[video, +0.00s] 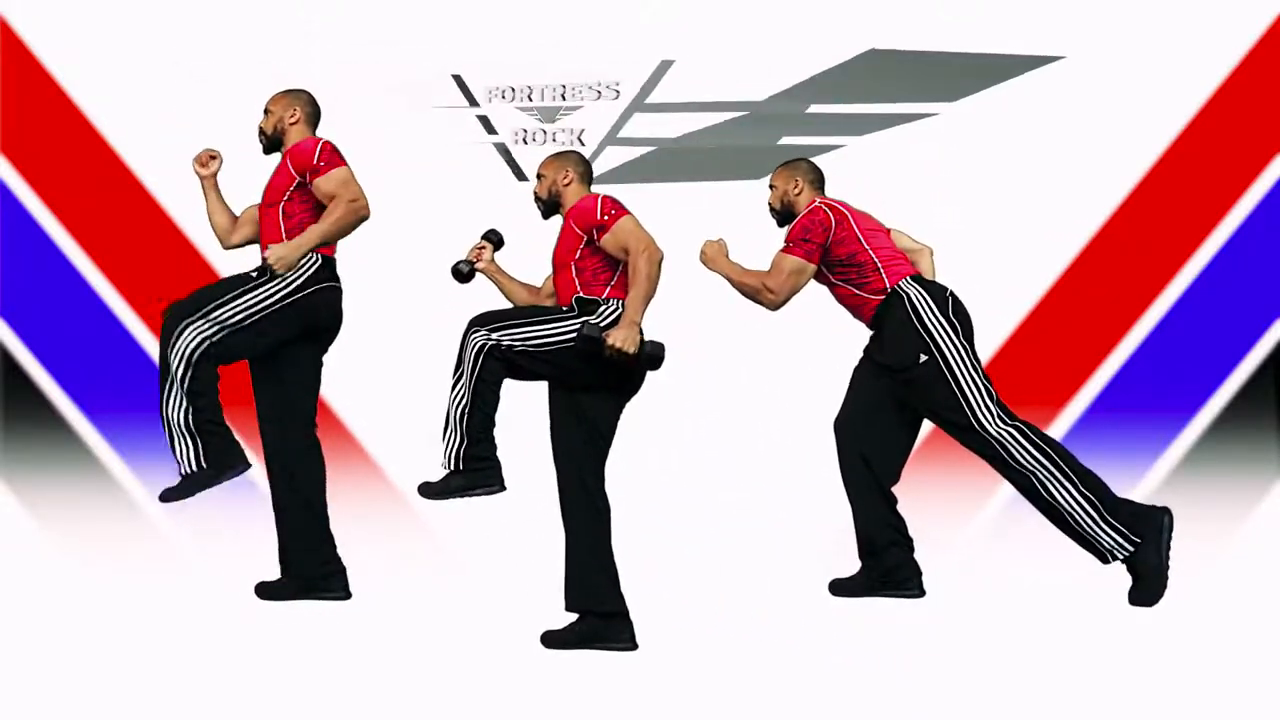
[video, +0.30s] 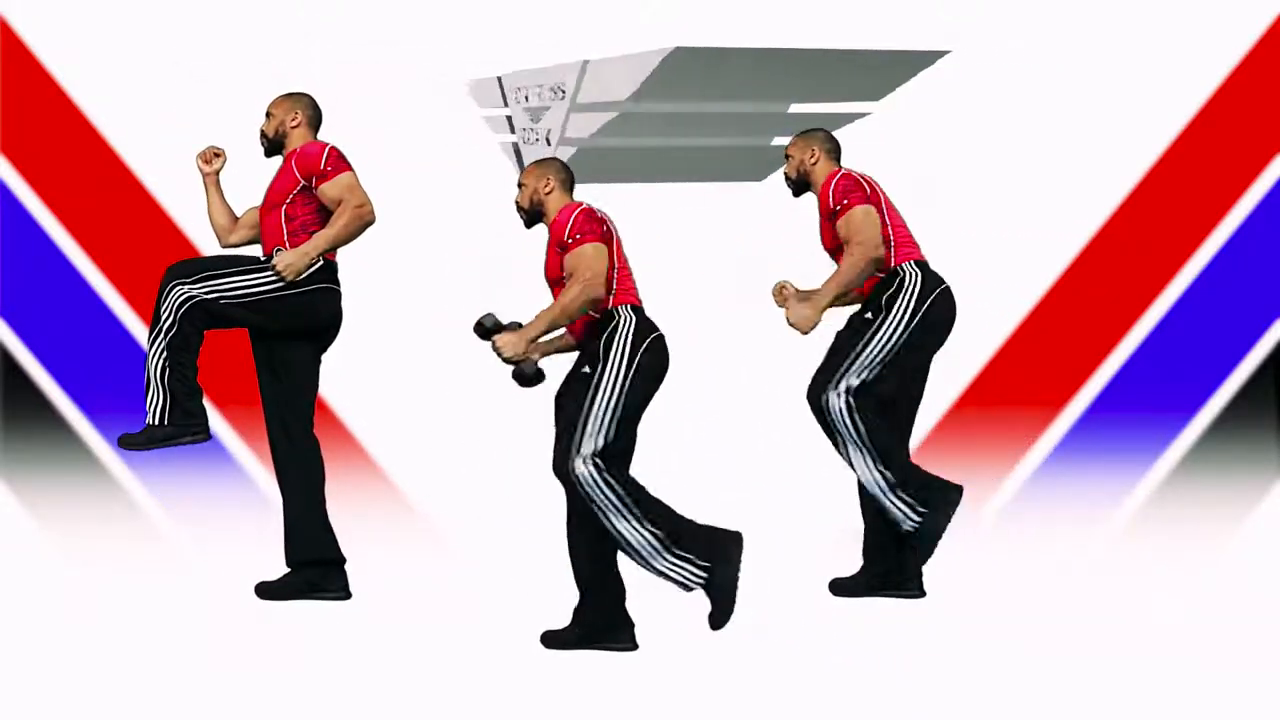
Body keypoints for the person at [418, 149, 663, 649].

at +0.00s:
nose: (534, 188)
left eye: (539, 178)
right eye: (535, 181)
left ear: (565, 175)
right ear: (569, 178)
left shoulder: (590, 205)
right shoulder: (570, 236)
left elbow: (646, 253)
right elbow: (542, 301)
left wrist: (631, 321)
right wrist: (493, 269)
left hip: (597, 329)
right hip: (600, 347)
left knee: (483, 334)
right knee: (580, 483)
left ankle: (472, 466)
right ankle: (603, 617)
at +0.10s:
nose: (532, 187)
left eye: (538, 177)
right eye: (533, 179)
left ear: (564, 176)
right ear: (564, 177)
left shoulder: (589, 205)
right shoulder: (571, 236)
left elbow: (638, 255)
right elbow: (550, 306)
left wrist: (616, 323)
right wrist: (494, 281)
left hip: (595, 333)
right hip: (614, 352)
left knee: (487, 357)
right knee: (581, 484)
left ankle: (494, 489)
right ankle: (602, 619)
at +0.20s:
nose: (526, 188)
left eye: (531, 178)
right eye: (527, 180)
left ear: (555, 176)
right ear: (561, 178)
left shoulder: (584, 209)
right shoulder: (568, 234)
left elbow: (616, 267)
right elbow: (572, 318)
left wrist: (575, 333)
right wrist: (512, 312)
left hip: (611, 337)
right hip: (615, 353)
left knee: (515, 409)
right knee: (584, 479)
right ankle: (602, 620)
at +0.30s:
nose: (518, 197)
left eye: (523, 187)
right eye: (518, 189)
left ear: (549, 185)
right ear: (550, 186)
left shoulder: (578, 216)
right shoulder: (563, 240)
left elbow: (590, 285)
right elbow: (590, 328)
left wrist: (526, 334)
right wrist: (537, 350)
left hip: (624, 340)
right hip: (600, 353)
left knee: (587, 463)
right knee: (575, 472)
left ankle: (709, 557)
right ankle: (602, 617)